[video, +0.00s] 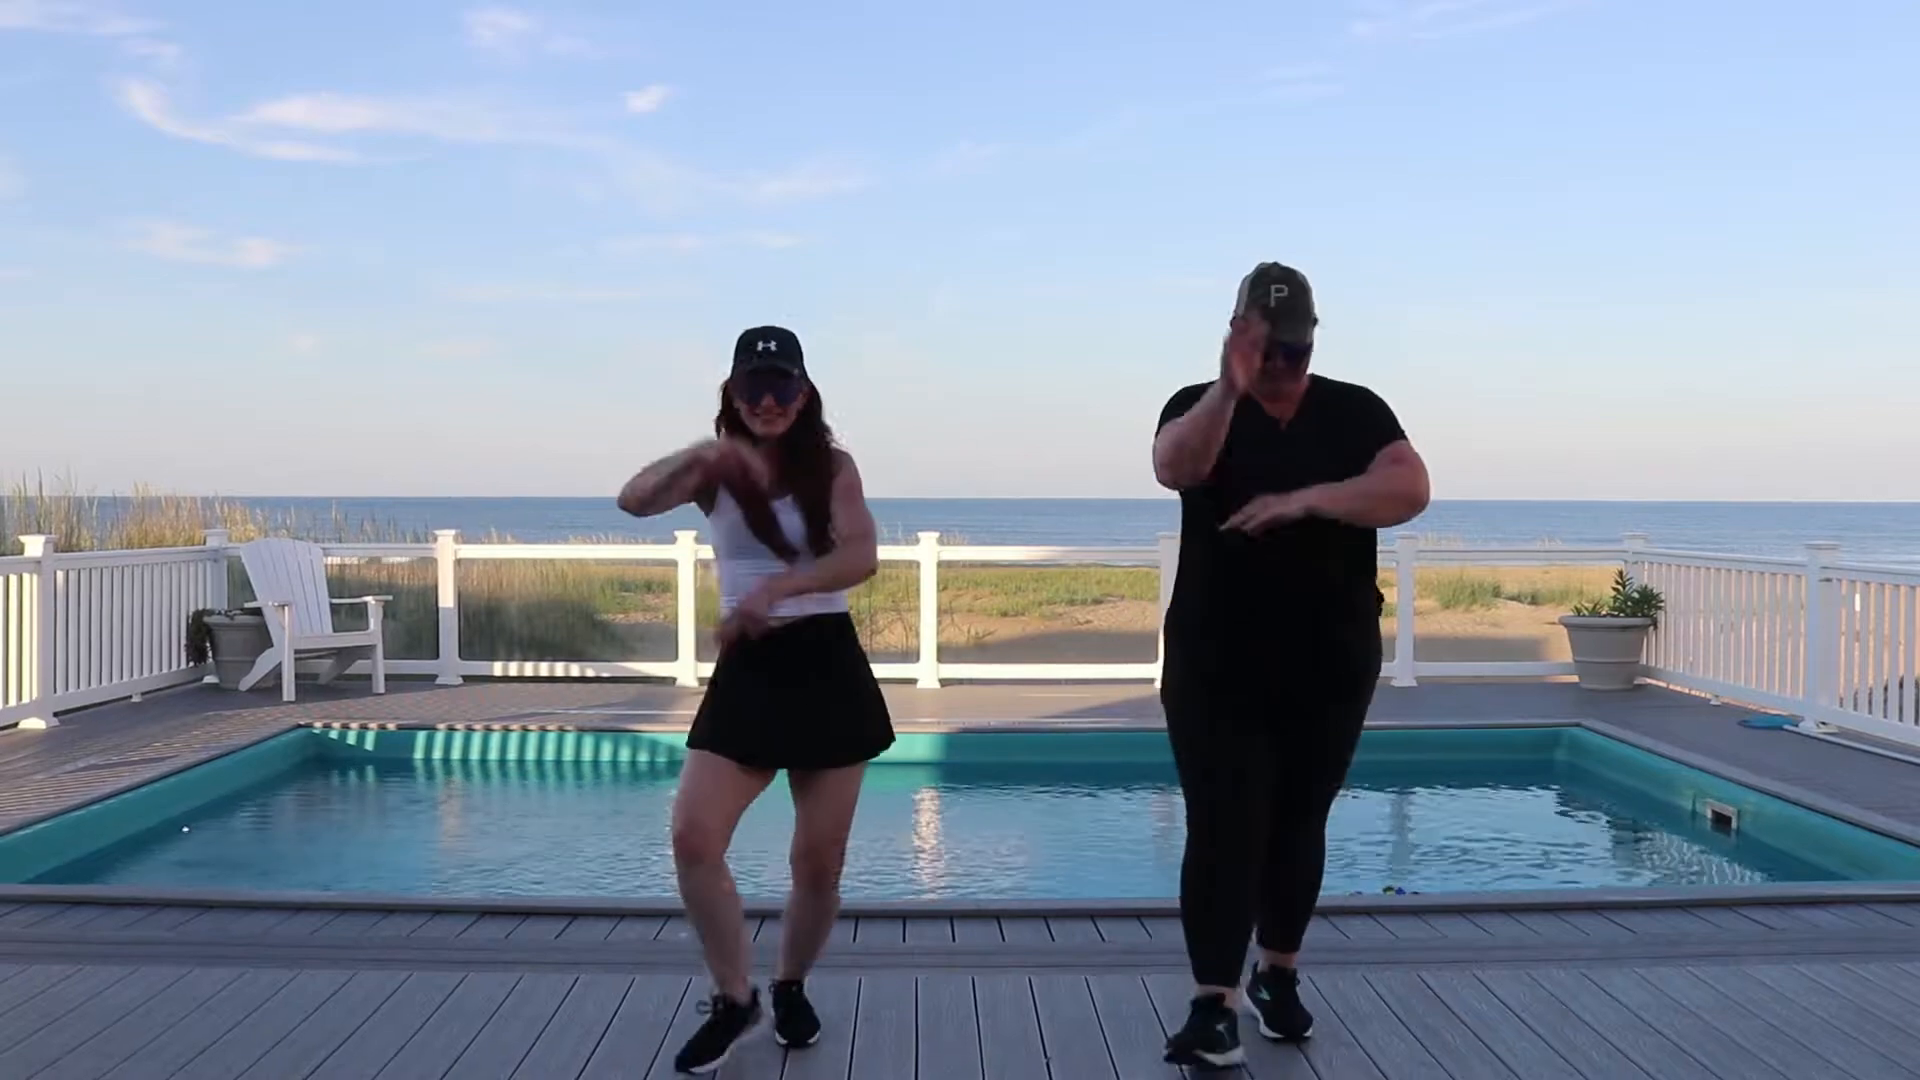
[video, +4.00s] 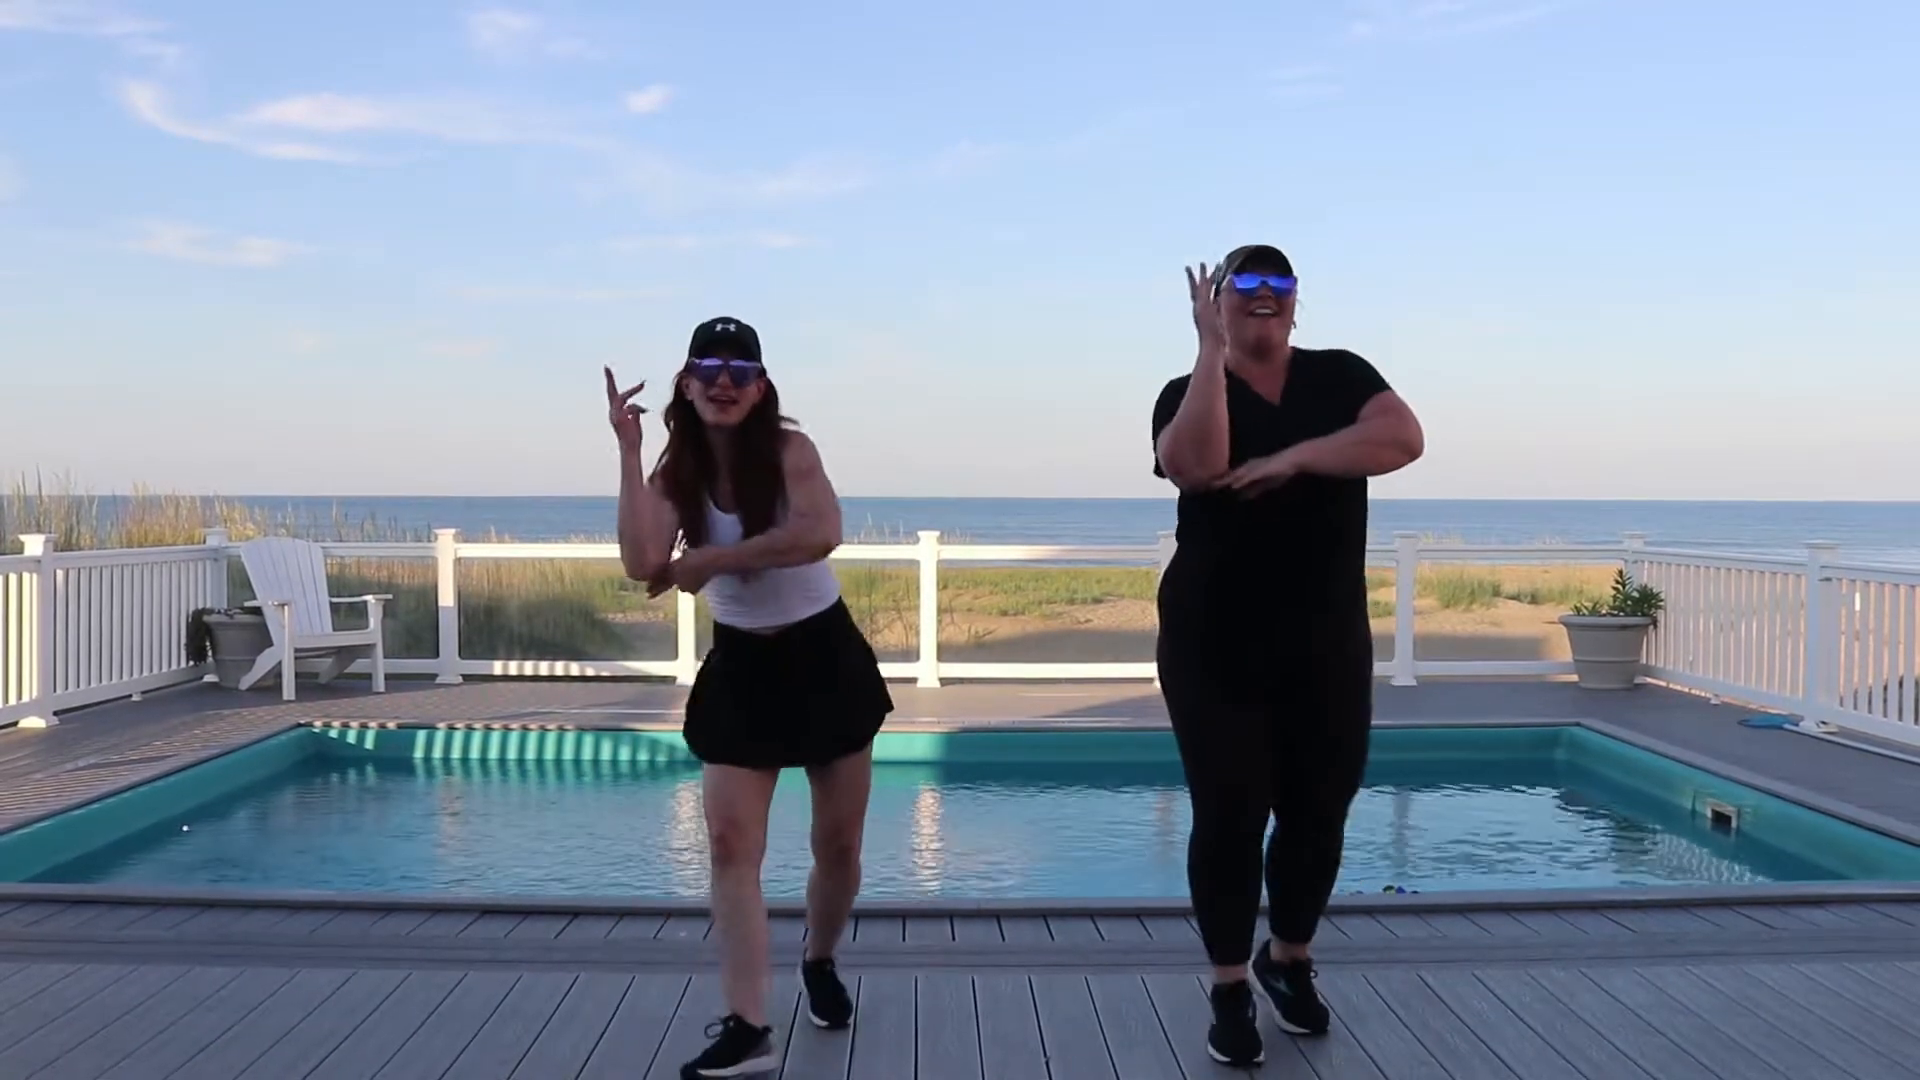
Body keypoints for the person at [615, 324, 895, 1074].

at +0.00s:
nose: (773, 399)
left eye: (786, 386)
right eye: (758, 385)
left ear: (805, 391)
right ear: (734, 388)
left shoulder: (831, 467)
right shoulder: (714, 463)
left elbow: (860, 557)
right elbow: (634, 498)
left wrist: (771, 587)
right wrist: (701, 460)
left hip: (829, 668)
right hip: (748, 669)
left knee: (819, 863)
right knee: (693, 839)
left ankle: (792, 985)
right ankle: (735, 1000)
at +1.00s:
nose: (783, 375)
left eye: (793, 363)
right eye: (766, 363)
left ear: (801, 370)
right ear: (731, 370)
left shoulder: (806, 445)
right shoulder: (695, 437)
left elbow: (867, 507)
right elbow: (673, 519)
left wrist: (887, 440)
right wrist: (781, 529)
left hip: (778, 653)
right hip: (693, 657)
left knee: (794, 838)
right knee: (703, 854)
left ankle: (781, 1014)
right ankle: (755, 982)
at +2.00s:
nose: (718, 387)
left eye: (732, 373)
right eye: (702, 374)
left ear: (752, 380)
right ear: (677, 384)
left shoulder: (778, 444)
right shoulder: (667, 462)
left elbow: (819, 530)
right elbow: (646, 556)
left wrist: (713, 558)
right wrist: (637, 447)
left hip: (802, 657)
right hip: (716, 664)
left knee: (830, 850)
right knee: (708, 854)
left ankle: (773, 959)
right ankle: (733, 1041)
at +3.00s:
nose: (732, 388)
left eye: (747, 373)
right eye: (716, 374)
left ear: (768, 384)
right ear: (694, 382)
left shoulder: (767, 466)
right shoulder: (665, 440)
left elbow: (804, 543)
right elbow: (641, 523)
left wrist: (838, 443)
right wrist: (748, 538)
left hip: (721, 668)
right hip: (638, 664)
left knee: (720, 860)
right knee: (629, 871)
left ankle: (694, 1038)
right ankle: (644, 959)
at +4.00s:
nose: (722, 384)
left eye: (738, 372)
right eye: (708, 372)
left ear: (761, 383)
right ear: (686, 384)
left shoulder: (789, 447)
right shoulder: (680, 469)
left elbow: (822, 531)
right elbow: (643, 561)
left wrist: (717, 560)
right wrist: (632, 454)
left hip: (825, 655)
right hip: (739, 663)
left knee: (839, 845)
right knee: (729, 838)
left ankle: (820, 959)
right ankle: (748, 1024)